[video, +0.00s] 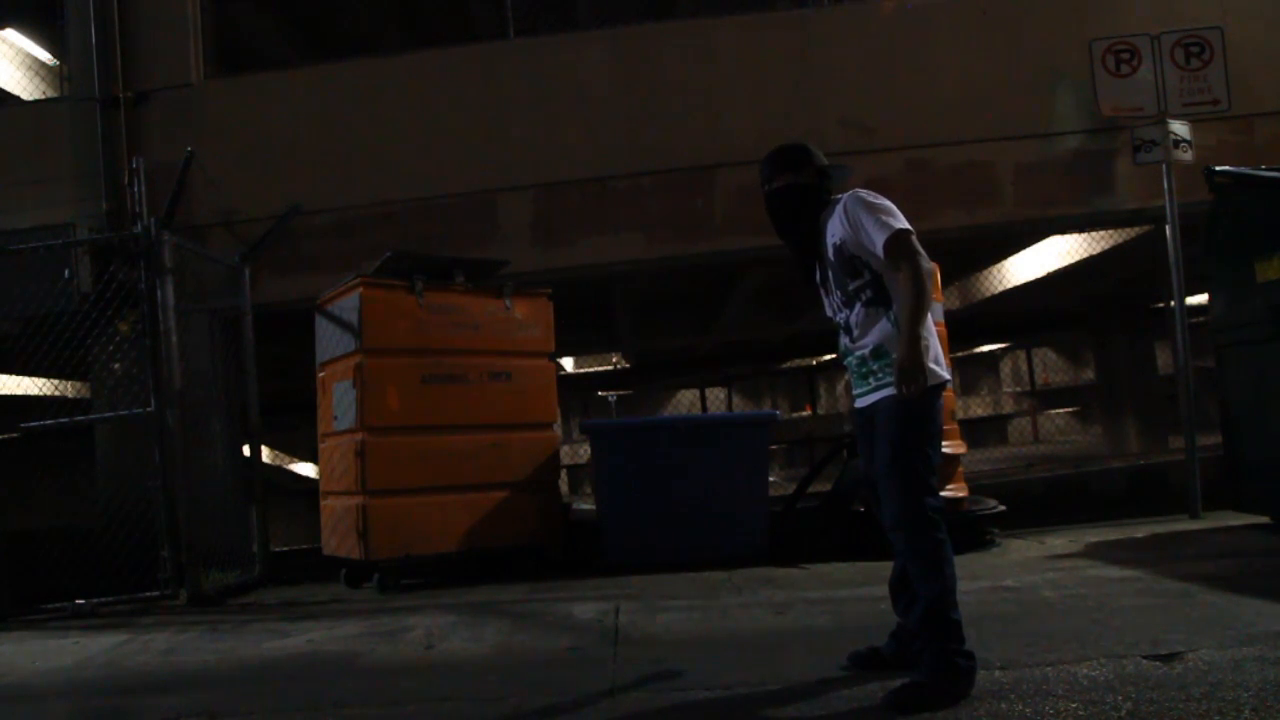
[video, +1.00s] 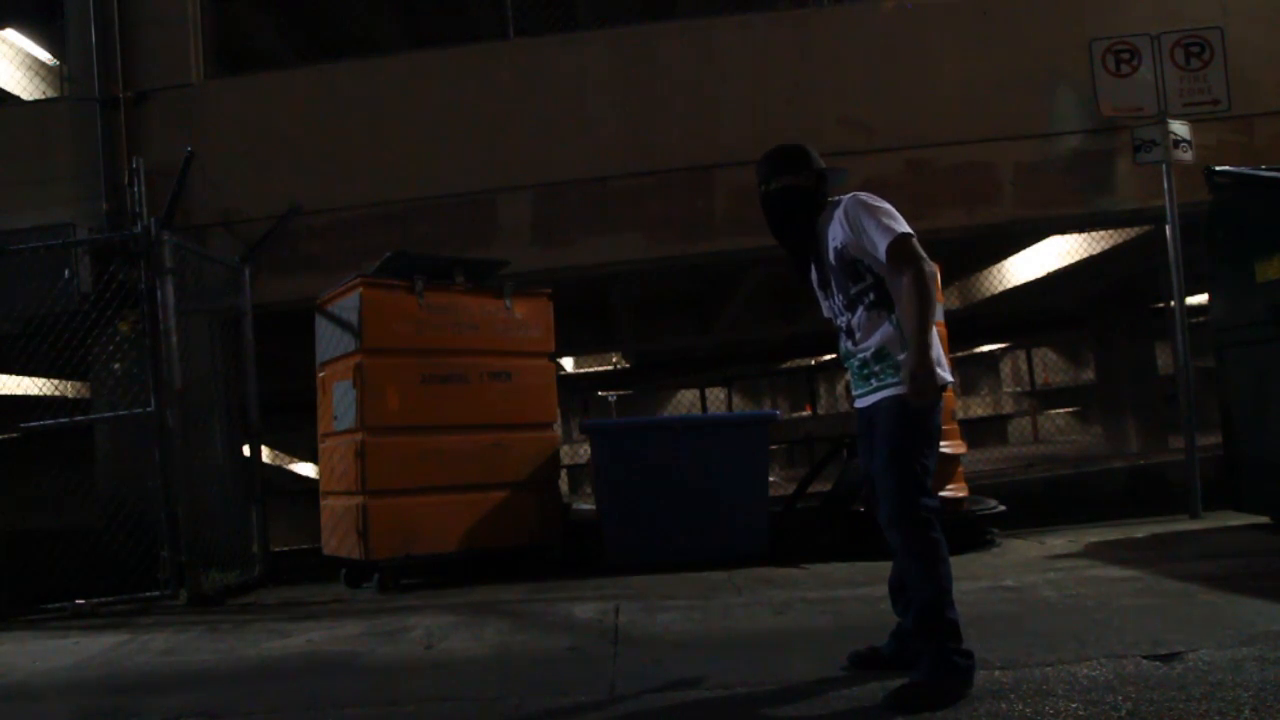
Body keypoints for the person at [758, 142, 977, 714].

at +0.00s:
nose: (776, 203)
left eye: (782, 188)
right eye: (770, 193)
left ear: (811, 180)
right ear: (779, 195)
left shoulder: (855, 207)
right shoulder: (825, 245)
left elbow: (914, 265)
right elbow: (865, 318)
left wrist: (910, 353)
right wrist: (864, 387)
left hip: (905, 393)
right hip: (877, 401)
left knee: (916, 521)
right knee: (899, 521)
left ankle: (947, 661)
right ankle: (914, 639)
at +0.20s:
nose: (777, 206)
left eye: (783, 191)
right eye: (772, 196)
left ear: (811, 181)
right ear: (787, 193)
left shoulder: (855, 206)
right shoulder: (827, 244)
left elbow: (913, 263)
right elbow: (865, 321)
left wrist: (913, 352)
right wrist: (863, 391)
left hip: (906, 392)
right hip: (878, 401)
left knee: (917, 521)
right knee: (899, 521)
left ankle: (946, 661)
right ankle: (914, 639)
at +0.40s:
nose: (777, 205)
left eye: (783, 190)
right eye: (773, 195)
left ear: (813, 180)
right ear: (789, 192)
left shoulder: (856, 206)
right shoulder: (828, 243)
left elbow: (915, 266)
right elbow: (867, 314)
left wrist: (911, 352)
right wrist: (866, 381)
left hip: (906, 392)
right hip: (879, 399)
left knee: (916, 519)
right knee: (899, 520)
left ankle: (946, 660)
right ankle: (914, 639)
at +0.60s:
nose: (778, 205)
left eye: (785, 190)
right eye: (773, 195)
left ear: (814, 181)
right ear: (786, 193)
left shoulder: (858, 207)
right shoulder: (826, 247)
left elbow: (918, 267)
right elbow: (862, 324)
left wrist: (910, 347)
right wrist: (860, 392)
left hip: (906, 391)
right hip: (877, 399)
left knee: (913, 519)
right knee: (896, 520)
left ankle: (945, 660)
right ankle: (913, 638)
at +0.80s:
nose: (775, 204)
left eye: (782, 189)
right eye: (770, 193)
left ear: (810, 181)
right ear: (783, 194)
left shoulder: (857, 209)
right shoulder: (824, 254)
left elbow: (918, 269)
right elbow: (862, 328)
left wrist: (915, 366)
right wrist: (864, 393)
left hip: (907, 393)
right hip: (876, 402)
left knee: (911, 519)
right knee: (896, 519)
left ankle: (945, 660)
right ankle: (914, 637)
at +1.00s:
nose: (770, 209)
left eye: (776, 194)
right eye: (766, 197)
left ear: (806, 185)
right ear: (783, 196)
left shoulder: (855, 210)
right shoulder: (821, 257)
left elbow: (918, 271)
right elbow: (858, 330)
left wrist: (920, 363)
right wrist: (865, 394)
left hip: (906, 393)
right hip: (875, 402)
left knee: (912, 518)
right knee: (896, 519)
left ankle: (945, 660)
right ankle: (914, 639)